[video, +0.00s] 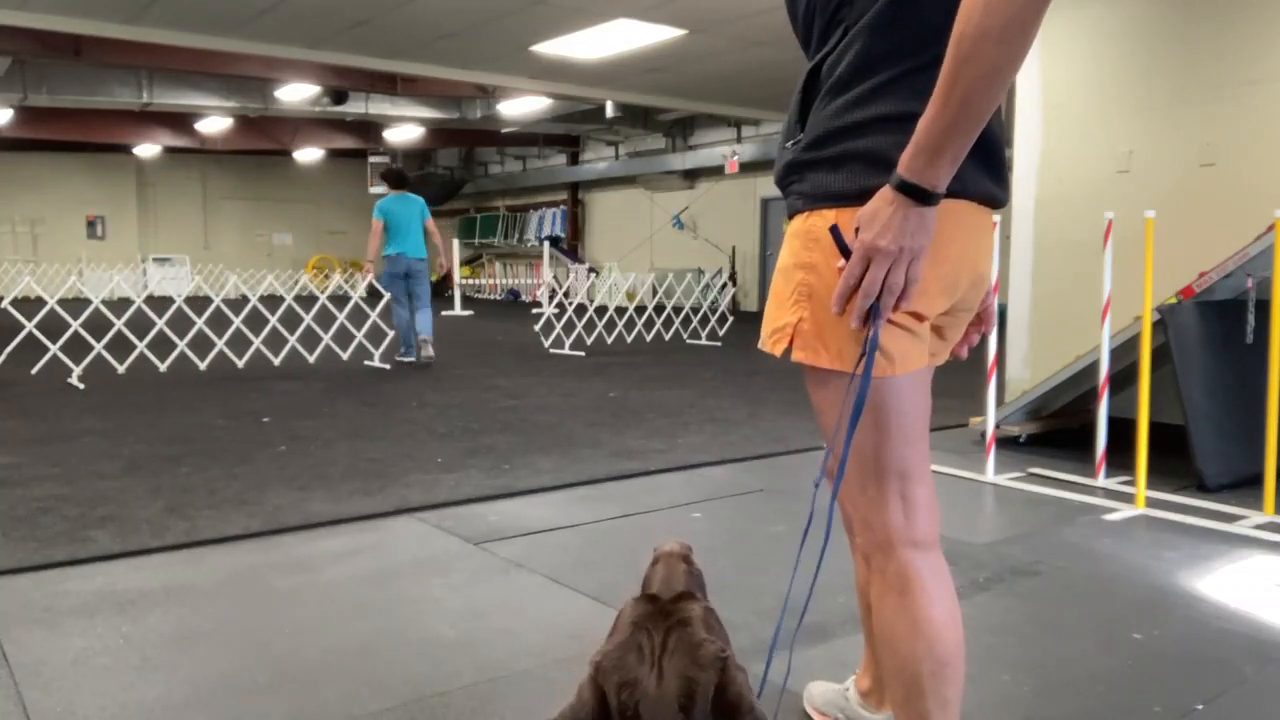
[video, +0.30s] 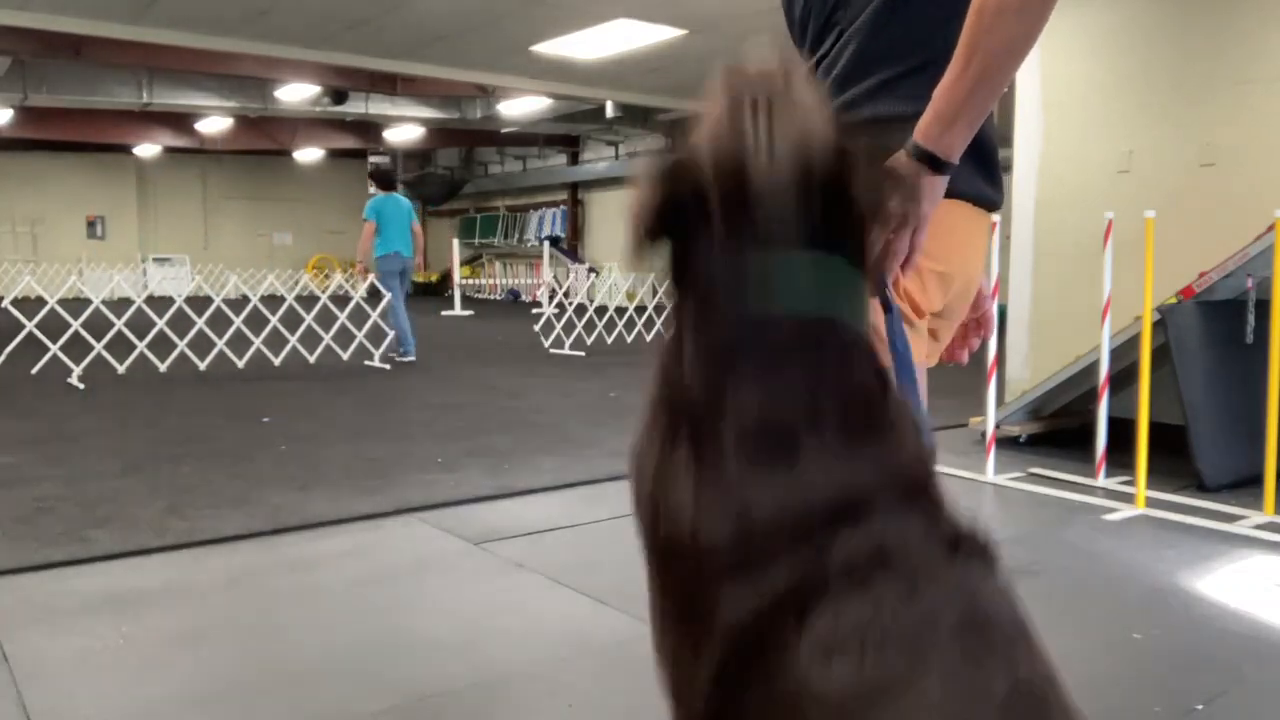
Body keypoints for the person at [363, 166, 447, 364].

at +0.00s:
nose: (385, 186)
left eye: (385, 183)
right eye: (386, 183)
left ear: (388, 184)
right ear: (405, 182)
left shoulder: (382, 204)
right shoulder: (419, 201)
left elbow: (376, 231)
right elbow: (433, 230)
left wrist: (370, 260)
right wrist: (441, 255)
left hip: (394, 258)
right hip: (418, 259)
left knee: (400, 304)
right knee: (423, 302)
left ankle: (408, 350)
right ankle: (425, 337)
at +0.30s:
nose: (371, 186)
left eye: (372, 183)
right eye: (372, 183)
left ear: (376, 184)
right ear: (394, 183)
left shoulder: (374, 203)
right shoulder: (405, 202)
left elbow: (369, 230)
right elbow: (418, 230)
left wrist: (361, 259)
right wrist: (419, 254)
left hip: (386, 256)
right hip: (407, 255)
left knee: (396, 302)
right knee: (399, 300)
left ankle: (408, 348)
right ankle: (398, 339)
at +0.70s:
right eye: (374, 184)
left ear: (356, 185)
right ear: (374, 186)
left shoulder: (346, 205)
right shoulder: (383, 207)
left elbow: (341, 235)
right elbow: (392, 237)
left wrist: (343, 259)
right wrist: (398, 259)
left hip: (356, 259)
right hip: (380, 259)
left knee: (359, 302)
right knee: (378, 300)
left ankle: (384, 333)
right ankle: (365, 343)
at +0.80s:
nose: (370, 187)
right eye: (369, 184)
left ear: (350, 185)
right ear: (368, 185)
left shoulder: (340, 203)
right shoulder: (377, 205)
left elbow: (334, 232)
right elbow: (384, 234)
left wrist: (337, 254)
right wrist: (393, 259)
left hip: (349, 257)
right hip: (373, 257)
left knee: (350, 299)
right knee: (373, 297)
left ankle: (362, 341)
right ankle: (364, 338)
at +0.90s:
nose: (367, 185)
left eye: (366, 181)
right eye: (365, 182)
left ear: (346, 184)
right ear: (359, 184)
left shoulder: (334, 203)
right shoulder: (370, 204)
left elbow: (328, 231)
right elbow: (376, 232)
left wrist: (329, 255)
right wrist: (385, 258)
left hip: (342, 256)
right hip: (366, 257)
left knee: (341, 298)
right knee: (368, 299)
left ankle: (335, 339)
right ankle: (364, 343)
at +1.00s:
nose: (367, 185)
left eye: (366, 181)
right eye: (364, 182)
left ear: (346, 185)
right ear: (353, 184)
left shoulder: (330, 203)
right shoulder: (359, 204)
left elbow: (323, 231)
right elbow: (363, 231)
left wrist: (324, 255)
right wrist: (380, 258)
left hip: (336, 257)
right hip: (356, 258)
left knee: (336, 298)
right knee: (364, 301)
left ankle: (315, 340)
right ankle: (363, 344)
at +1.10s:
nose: (360, 187)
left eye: (359, 183)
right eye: (356, 183)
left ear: (342, 186)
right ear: (345, 185)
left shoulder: (327, 203)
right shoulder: (345, 204)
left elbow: (322, 235)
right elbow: (346, 234)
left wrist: (322, 259)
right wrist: (366, 257)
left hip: (328, 257)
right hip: (346, 258)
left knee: (329, 299)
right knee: (360, 300)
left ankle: (310, 338)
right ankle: (363, 343)